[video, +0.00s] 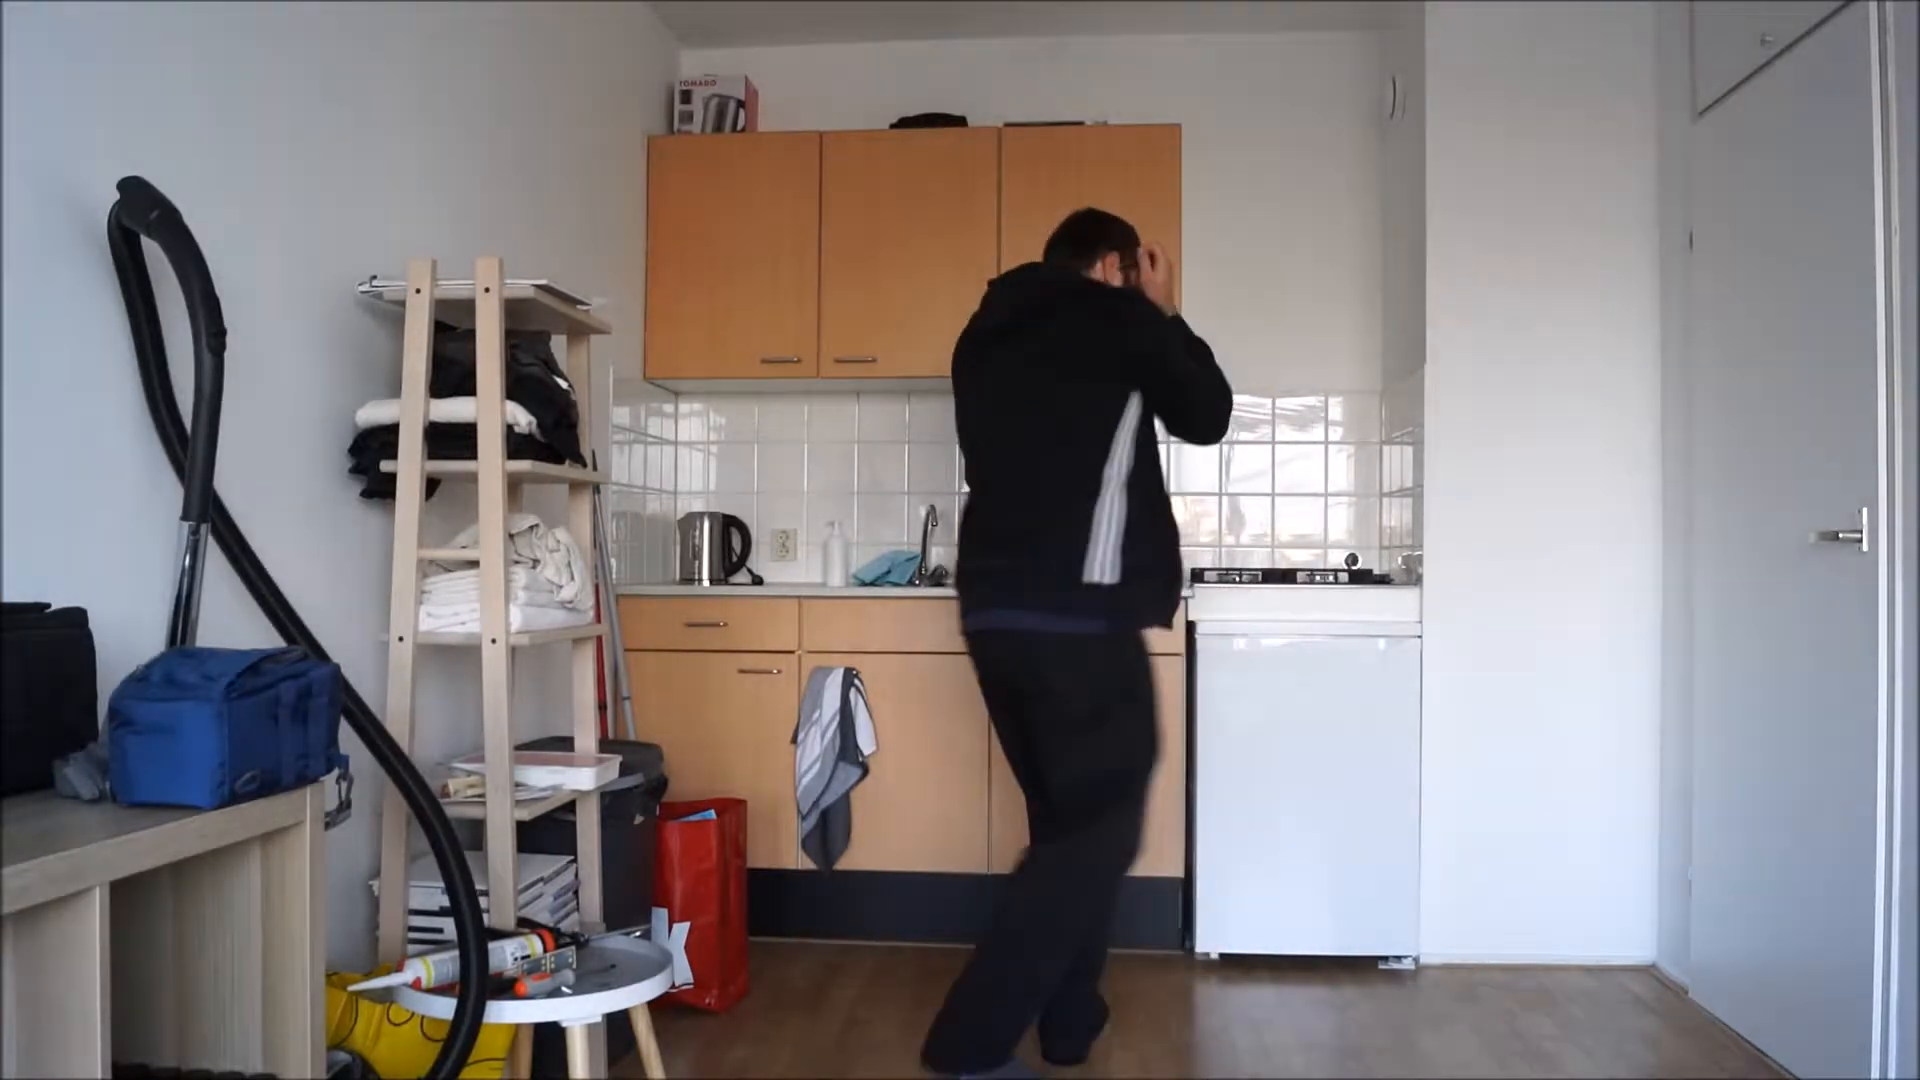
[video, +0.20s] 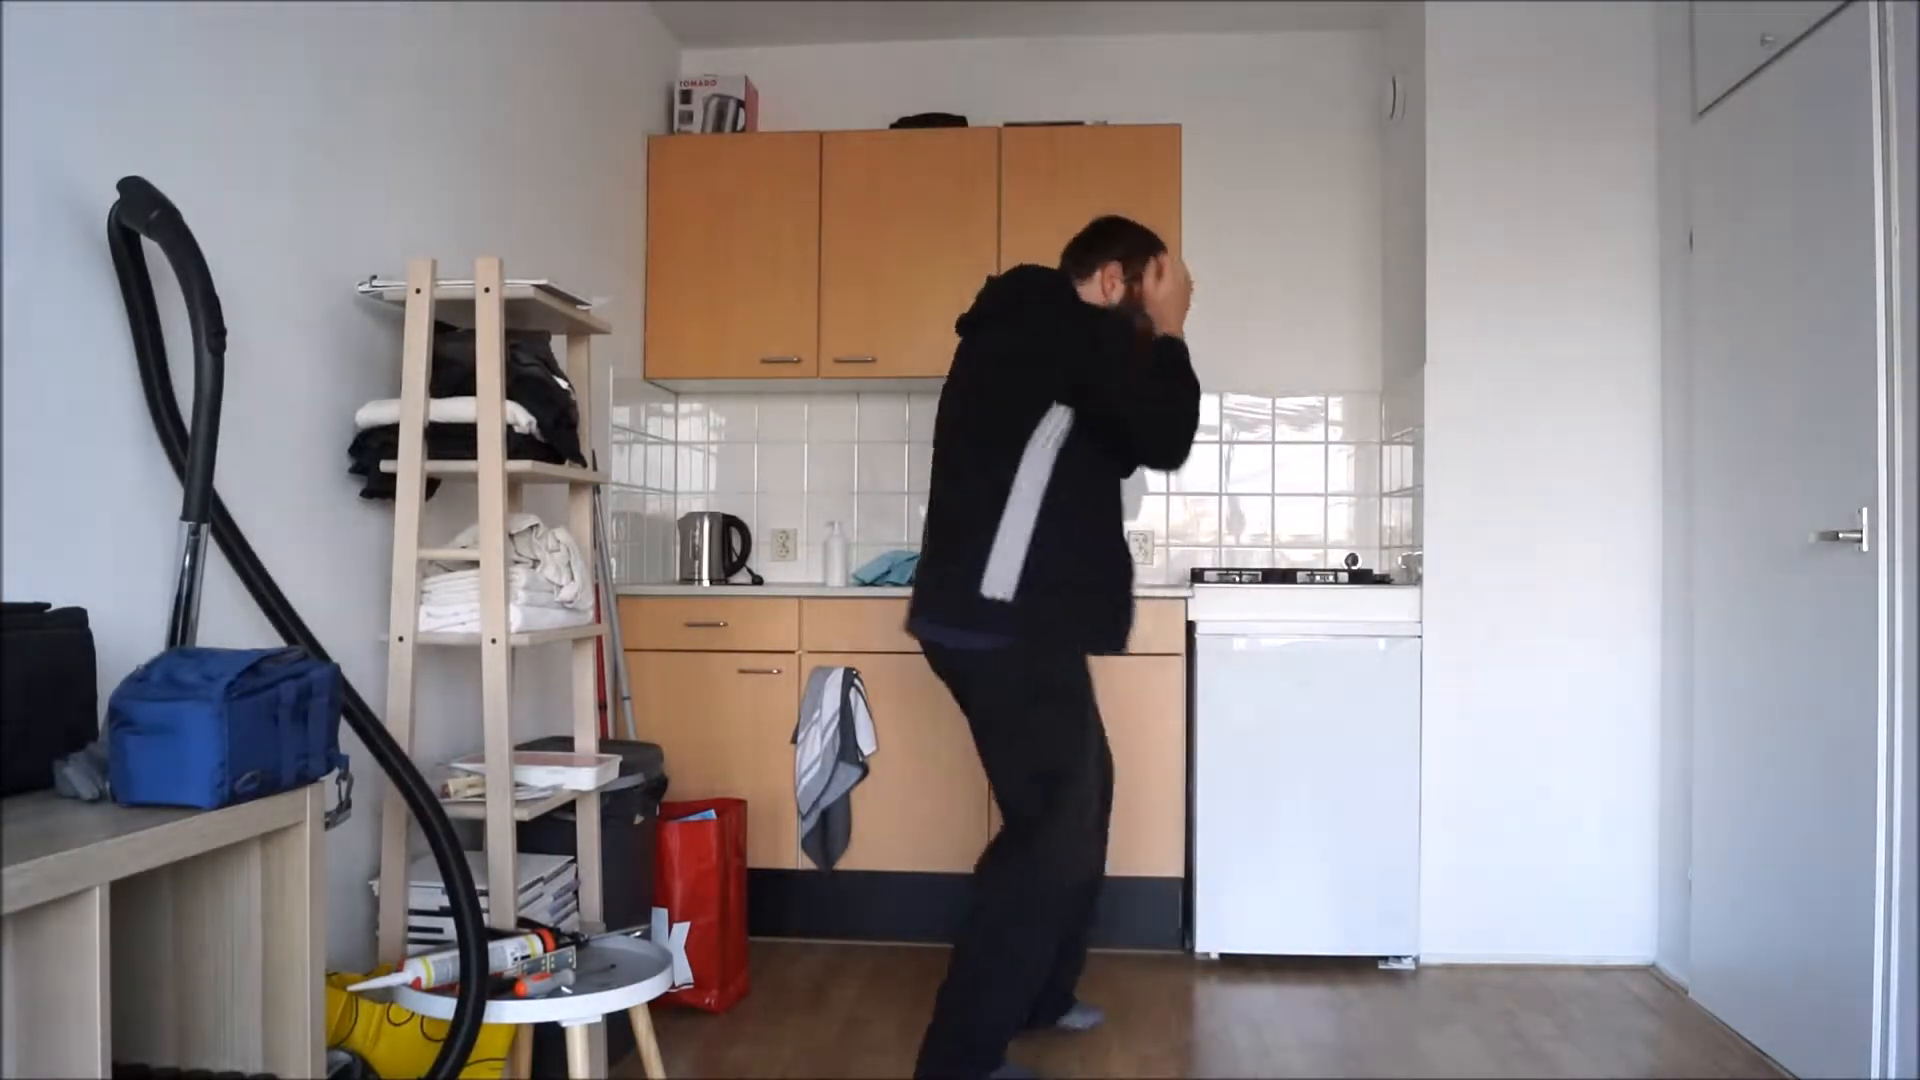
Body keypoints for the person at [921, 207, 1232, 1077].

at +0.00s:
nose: (1141, 284)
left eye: (1139, 272)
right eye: (1138, 273)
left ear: (1051, 263)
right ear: (1112, 266)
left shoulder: (982, 336)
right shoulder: (1122, 322)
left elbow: (993, 456)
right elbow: (1207, 412)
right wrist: (1161, 312)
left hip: (993, 613)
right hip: (1082, 615)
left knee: (1063, 819)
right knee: (1101, 827)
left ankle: (1072, 1025)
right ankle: (966, 1045)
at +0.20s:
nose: (1157, 313)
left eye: (1160, 298)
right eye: (1154, 297)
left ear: (1089, 274)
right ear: (1109, 280)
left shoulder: (1020, 318)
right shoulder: (1068, 328)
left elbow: (1131, 440)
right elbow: (1166, 439)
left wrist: (1140, 342)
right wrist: (1167, 336)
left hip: (1007, 619)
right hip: (1002, 624)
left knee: (1082, 794)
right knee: (1052, 822)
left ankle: (1038, 996)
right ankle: (959, 1056)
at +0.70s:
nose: (1166, 420)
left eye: (1171, 407)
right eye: (1164, 404)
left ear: (1113, 385)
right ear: (1122, 387)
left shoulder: (1076, 422)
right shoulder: (1054, 411)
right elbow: (1151, 536)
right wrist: (1178, 436)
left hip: (992, 665)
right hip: (943, 671)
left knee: (1089, 791)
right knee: (1056, 837)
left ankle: (1032, 972)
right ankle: (958, 1058)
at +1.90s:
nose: (1096, 319)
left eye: (1098, 304)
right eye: (1091, 303)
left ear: (1041, 293)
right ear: (1049, 293)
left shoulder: (1027, 351)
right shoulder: (990, 335)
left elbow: (1115, 432)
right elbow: (1121, 426)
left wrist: (1107, 335)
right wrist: (1116, 327)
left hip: (1023, 625)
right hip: (968, 625)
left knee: (1084, 783)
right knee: (1004, 815)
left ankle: (1078, 960)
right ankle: (900, 1023)